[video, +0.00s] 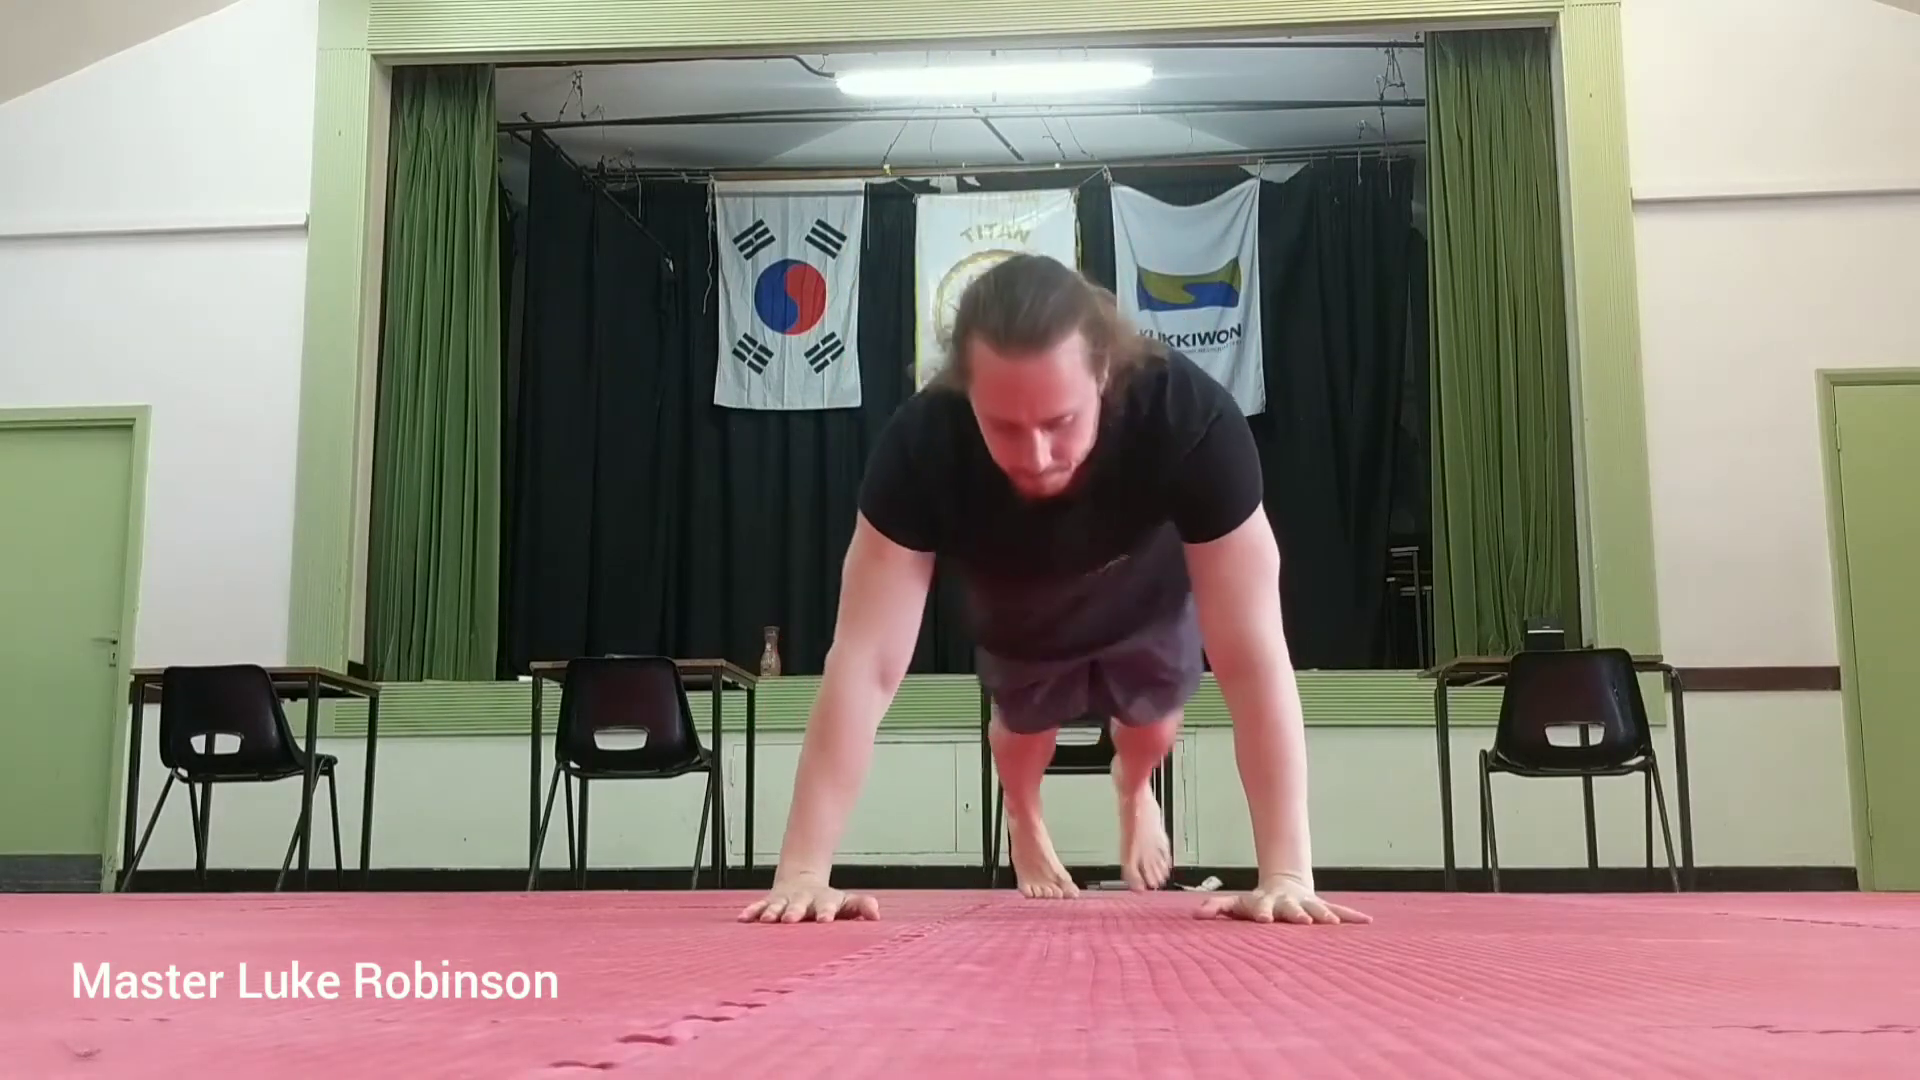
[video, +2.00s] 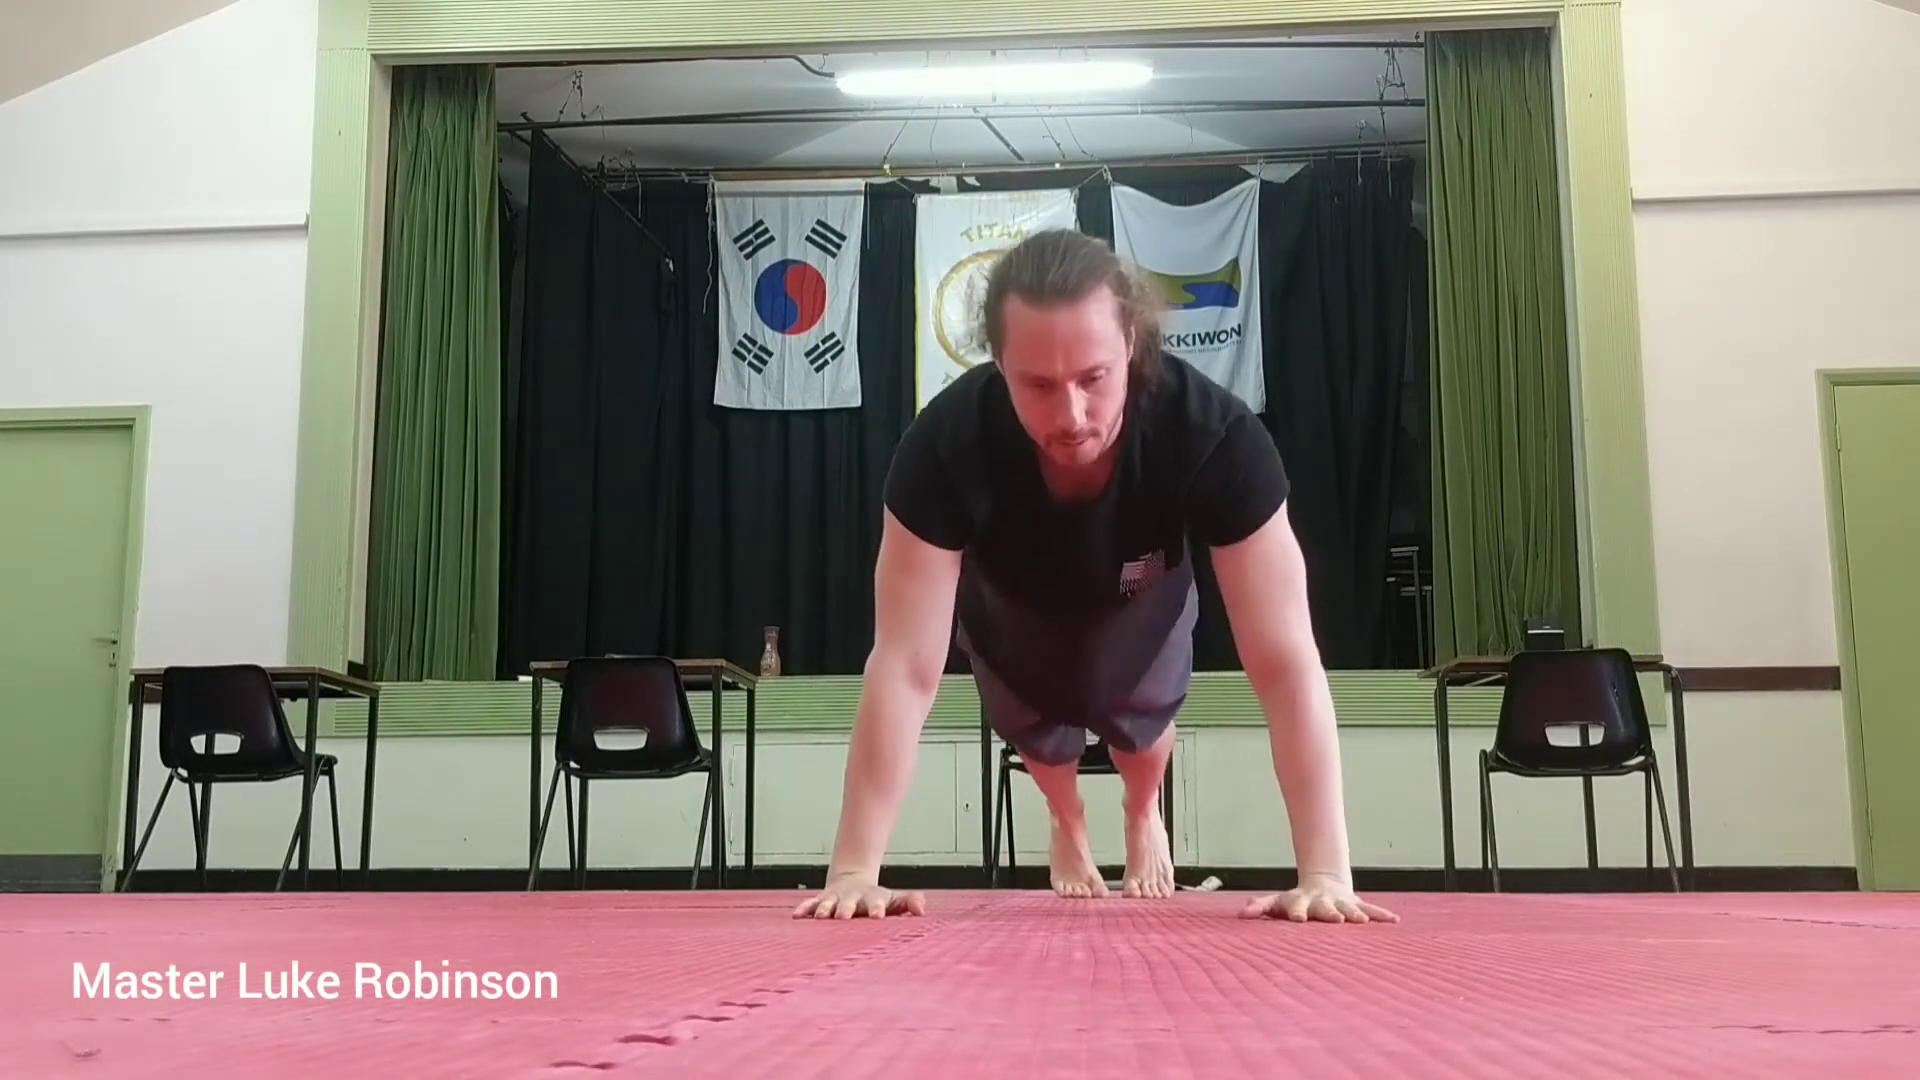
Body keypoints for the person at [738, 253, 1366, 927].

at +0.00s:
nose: (1034, 455)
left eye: (1059, 424)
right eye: (1006, 428)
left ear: (1106, 379)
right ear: (967, 392)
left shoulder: (1189, 423)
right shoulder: (925, 444)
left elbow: (1255, 657)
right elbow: (865, 668)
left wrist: (1286, 874)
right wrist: (802, 868)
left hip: (1151, 605)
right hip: (1018, 618)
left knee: (1151, 729)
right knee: (1026, 735)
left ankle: (1136, 795)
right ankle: (1025, 823)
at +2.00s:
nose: (1073, 415)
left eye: (1093, 379)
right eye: (1039, 387)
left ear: (1131, 348)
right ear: (1000, 365)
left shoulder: (1215, 442)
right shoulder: (946, 450)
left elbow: (1285, 664)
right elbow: (904, 664)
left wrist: (1325, 873)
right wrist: (854, 866)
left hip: (1145, 620)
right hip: (1016, 632)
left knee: (1142, 732)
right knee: (1045, 746)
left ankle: (1142, 825)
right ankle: (1067, 831)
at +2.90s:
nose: (1074, 818)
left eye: (1100, 783)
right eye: (1041, 787)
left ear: (1146, 746)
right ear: (995, 754)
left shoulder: (1231, 739)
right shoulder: (935, 754)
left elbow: (1380, 705)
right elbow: (798, 710)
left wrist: (1332, 878)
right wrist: (840, 870)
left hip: (1156, 858)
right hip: (998, 865)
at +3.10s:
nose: (1077, 655)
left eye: (1102, 620)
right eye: (1045, 624)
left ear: (1147, 596)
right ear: (1001, 605)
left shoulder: (1222, 631)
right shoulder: (948, 645)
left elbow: (1377, 711)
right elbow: (803, 725)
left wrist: (1334, 878)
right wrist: (844, 874)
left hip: (1160, 782)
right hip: (1040, 800)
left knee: (1158, 824)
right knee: (1072, 851)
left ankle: (1151, 855)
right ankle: (1083, 871)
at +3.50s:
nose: (1084, 404)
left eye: (1106, 367)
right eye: (1051, 374)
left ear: (1145, 342)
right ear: (1009, 358)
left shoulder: (1229, 453)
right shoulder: (950, 469)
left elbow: (1302, 670)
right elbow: (882, 674)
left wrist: (1326, 875)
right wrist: (855, 869)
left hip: (1168, 663)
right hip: (1038, 668)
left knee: (1160, 751)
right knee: (1066, 759)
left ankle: (1152, 817)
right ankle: (1086, 818)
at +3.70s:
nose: (1087, 582)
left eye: (1109, 545)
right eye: (1056, 554)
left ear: (1149, 512)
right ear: (1012, 532)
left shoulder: (1232, 562)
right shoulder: (951, 583)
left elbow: (1356, 710)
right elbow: (837, 723)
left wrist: (1333, 877)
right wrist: (850, 879)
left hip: (1171, 759)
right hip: (1042, 767)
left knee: (1159, 808)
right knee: (1073, 814)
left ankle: (1151, 838)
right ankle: (1085, 842)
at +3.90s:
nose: (1074, 765)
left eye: (1099, 729)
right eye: (1042, 732)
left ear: (1149, 690)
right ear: (1000, 697)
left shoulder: (1233, 695)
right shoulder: (948, 711)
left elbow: (1381, 709)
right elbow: (809, 721)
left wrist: (1334, 876)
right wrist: (846, 873)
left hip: (1173, 854)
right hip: (1022, 867)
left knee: (1160, 869)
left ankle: (1153, 878)